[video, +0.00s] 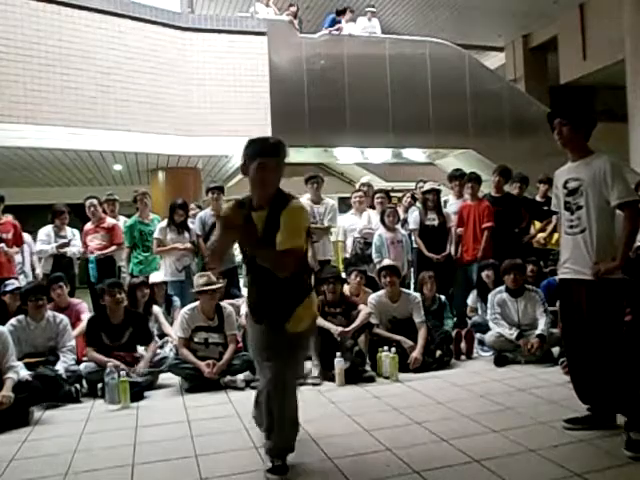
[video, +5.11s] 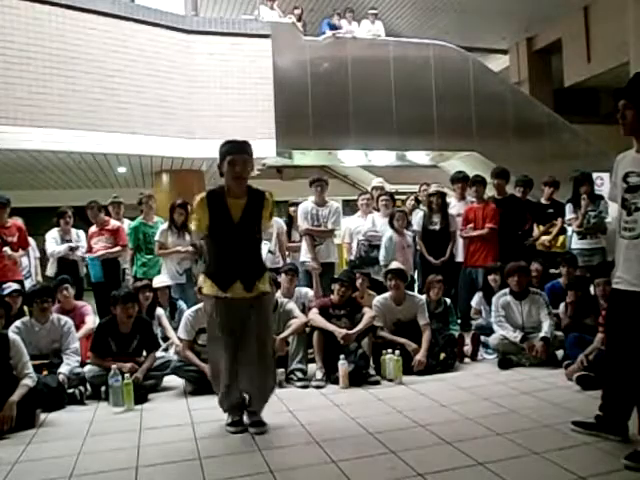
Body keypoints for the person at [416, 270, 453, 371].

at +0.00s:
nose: (429, 287)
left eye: (432, 284)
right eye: (426, 284)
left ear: (435, 286)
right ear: (422, 287)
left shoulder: (441, 300)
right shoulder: (417, 301)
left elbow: (448, 317)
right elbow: (416, 319)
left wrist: (446, 330)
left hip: (439, 331)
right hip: (424, 331)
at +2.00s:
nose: (435, 291)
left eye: (438, 288)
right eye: (432, 288)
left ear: (442, 290)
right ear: (427, 290)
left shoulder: (446, 303)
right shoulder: (421, 302)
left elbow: (453, 321)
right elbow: (420, 321)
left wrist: (454, 333)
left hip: (444, 331)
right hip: (429, 331)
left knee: (449, 338)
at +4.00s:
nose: (435, 292)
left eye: (437, 288)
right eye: (432, 289)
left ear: (441, 289)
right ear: (427, 291)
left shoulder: (447, 303)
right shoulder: (421, 303)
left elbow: (453, 322)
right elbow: (421, 322)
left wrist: (452, 334)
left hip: (444, 332)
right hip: (429, 333)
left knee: (449, 339)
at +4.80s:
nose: (435, 291)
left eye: (438, 288)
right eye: (432, 288)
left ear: (442, 290)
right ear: (427, 290)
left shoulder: (447, 303)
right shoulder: (421, 302)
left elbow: (453, 322)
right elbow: (420, 322)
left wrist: (452, 334)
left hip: (444, 332)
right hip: (428, 332)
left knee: (449, 338)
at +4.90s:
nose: (435, 291)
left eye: (438, 288)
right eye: (432, 288)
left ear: (442, 290)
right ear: (427, 290)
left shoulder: (447, 303)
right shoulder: (422, 303)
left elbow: (453, 322)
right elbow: (421, 321)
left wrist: (452, 334)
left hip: (444, 332)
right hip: (428, 332)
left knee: (450, 339)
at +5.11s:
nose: (436, 291)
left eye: (439, 288)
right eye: (433, 288)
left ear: (443, 290)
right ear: (428, 289)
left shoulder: (447, 303)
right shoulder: (422, 302)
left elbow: (453, 322)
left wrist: (452, 335)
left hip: (444, 332)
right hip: (428, 333)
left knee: (450, 339)